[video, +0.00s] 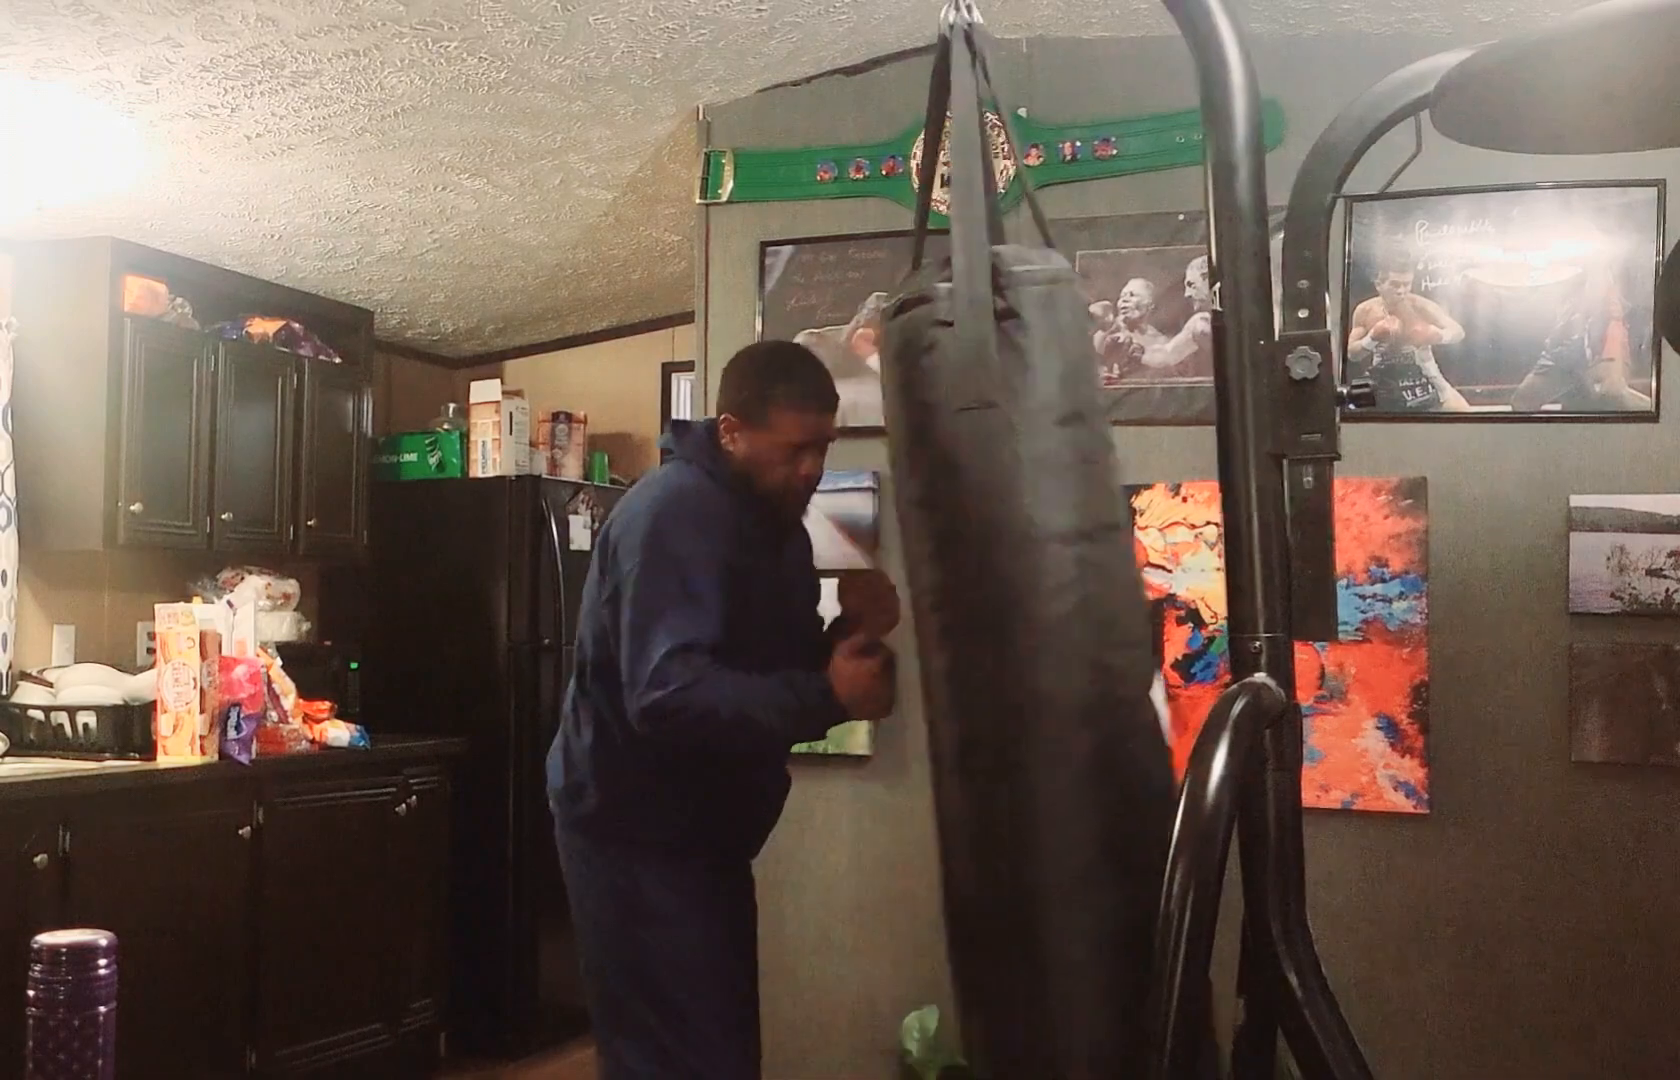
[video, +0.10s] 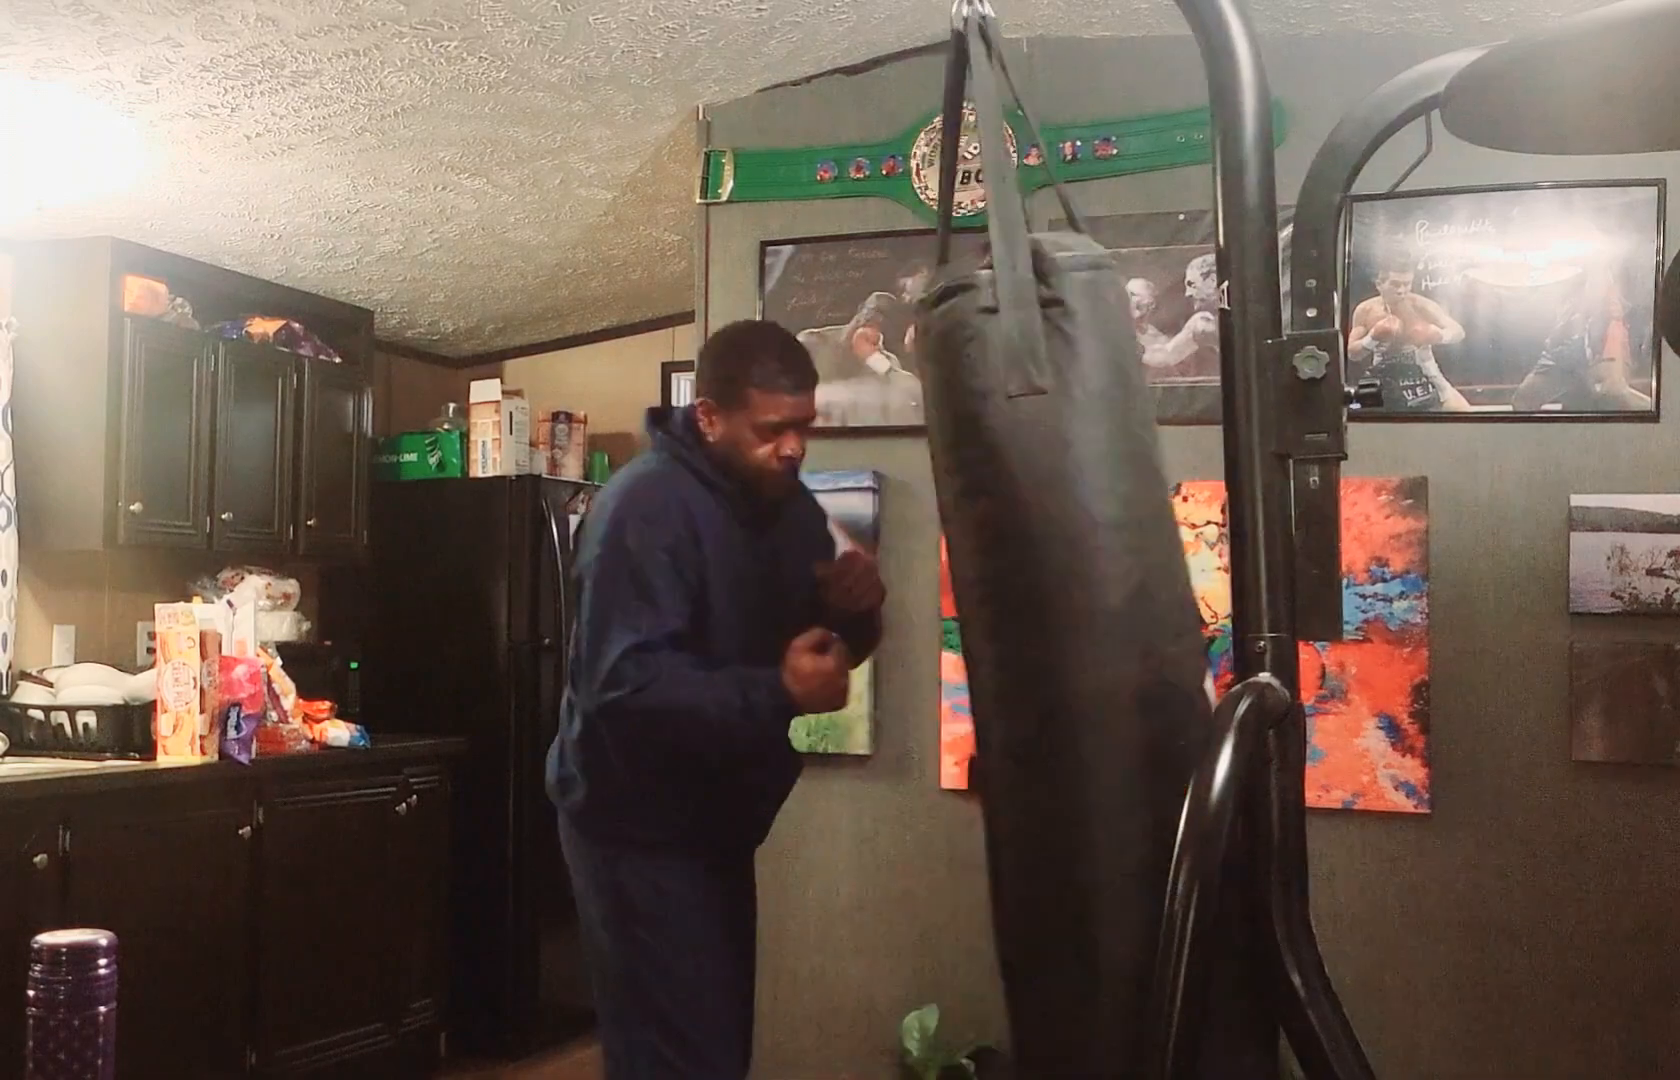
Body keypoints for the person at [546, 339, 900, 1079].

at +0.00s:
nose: (815, 469)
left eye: (822, 448)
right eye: (798, 450)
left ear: (830, 432)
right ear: (733, 432)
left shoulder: (770, 510)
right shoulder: (676, 506)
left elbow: (784, 667)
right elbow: (663, 692)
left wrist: (847, 633)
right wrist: (828, 697)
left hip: (707, 829)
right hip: (637, 835)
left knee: (726, 1049)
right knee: (675, 1052)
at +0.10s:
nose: (792, 451)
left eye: (803, 429)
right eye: (772, 432)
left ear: (815, 414)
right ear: (709, 418)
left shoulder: (785, 502)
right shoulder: (643, 504)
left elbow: (834, 651)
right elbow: (624, 682)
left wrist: (855, 610)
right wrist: (781, 692)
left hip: (721, 816)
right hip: (634, 821)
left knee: (723, 1043)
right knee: (675, 1049)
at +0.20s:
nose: (778, 445)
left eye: (788, 422)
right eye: (756, 428)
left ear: (801, 407)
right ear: (694, 414)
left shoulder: (808, 479)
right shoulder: (621, 509)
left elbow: (908, 526)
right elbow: (581, 679)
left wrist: (957, 534)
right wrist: (741, 689)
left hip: (728, 804)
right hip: (629, 810)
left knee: (710, 1039)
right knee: (669, 1047)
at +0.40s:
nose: (772, 449)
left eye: (781, 426)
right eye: (751, 433)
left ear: (792, 404)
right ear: (686, 412)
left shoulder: (795, 472)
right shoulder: (612, 498)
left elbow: (906, 532)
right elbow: (571, 676)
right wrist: (727, 684)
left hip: (728, 811)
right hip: (629, 817)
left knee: (722, 1040)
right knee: (650, 1046)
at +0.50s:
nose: (771, 481)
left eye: (782, 460)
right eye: (751, 466)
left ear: (793, 429)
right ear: (691, 438)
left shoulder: (798, 483)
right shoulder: (613, 502)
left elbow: (878, 593)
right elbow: (558, 674)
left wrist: (896, 567)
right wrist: (717, 674)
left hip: (725, 813)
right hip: (620, 817)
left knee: (728, 1037)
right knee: (643, 1041)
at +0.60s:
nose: (763, 536)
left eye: (776, 515)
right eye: (741, 519)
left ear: (793, 476)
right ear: (693, 479)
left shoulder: (812, 511)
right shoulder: (614, 527)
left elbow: (857, 666)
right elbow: (543, 695)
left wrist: (857, 642)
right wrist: (692, 690)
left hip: (720, 808)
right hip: (608, 814)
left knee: (742, 1036)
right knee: (643, 1038)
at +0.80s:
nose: (677, 604)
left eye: (691, 584)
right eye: (655, 588)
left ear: (723, 543)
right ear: (622, 560)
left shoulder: (792, 558)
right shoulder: (567, 592)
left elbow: (845, 723)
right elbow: (522, 751)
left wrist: (774, 696)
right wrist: (630, 736)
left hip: (728, 833)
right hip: (607, 849)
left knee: (752, 1031)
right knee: (637, 1044)